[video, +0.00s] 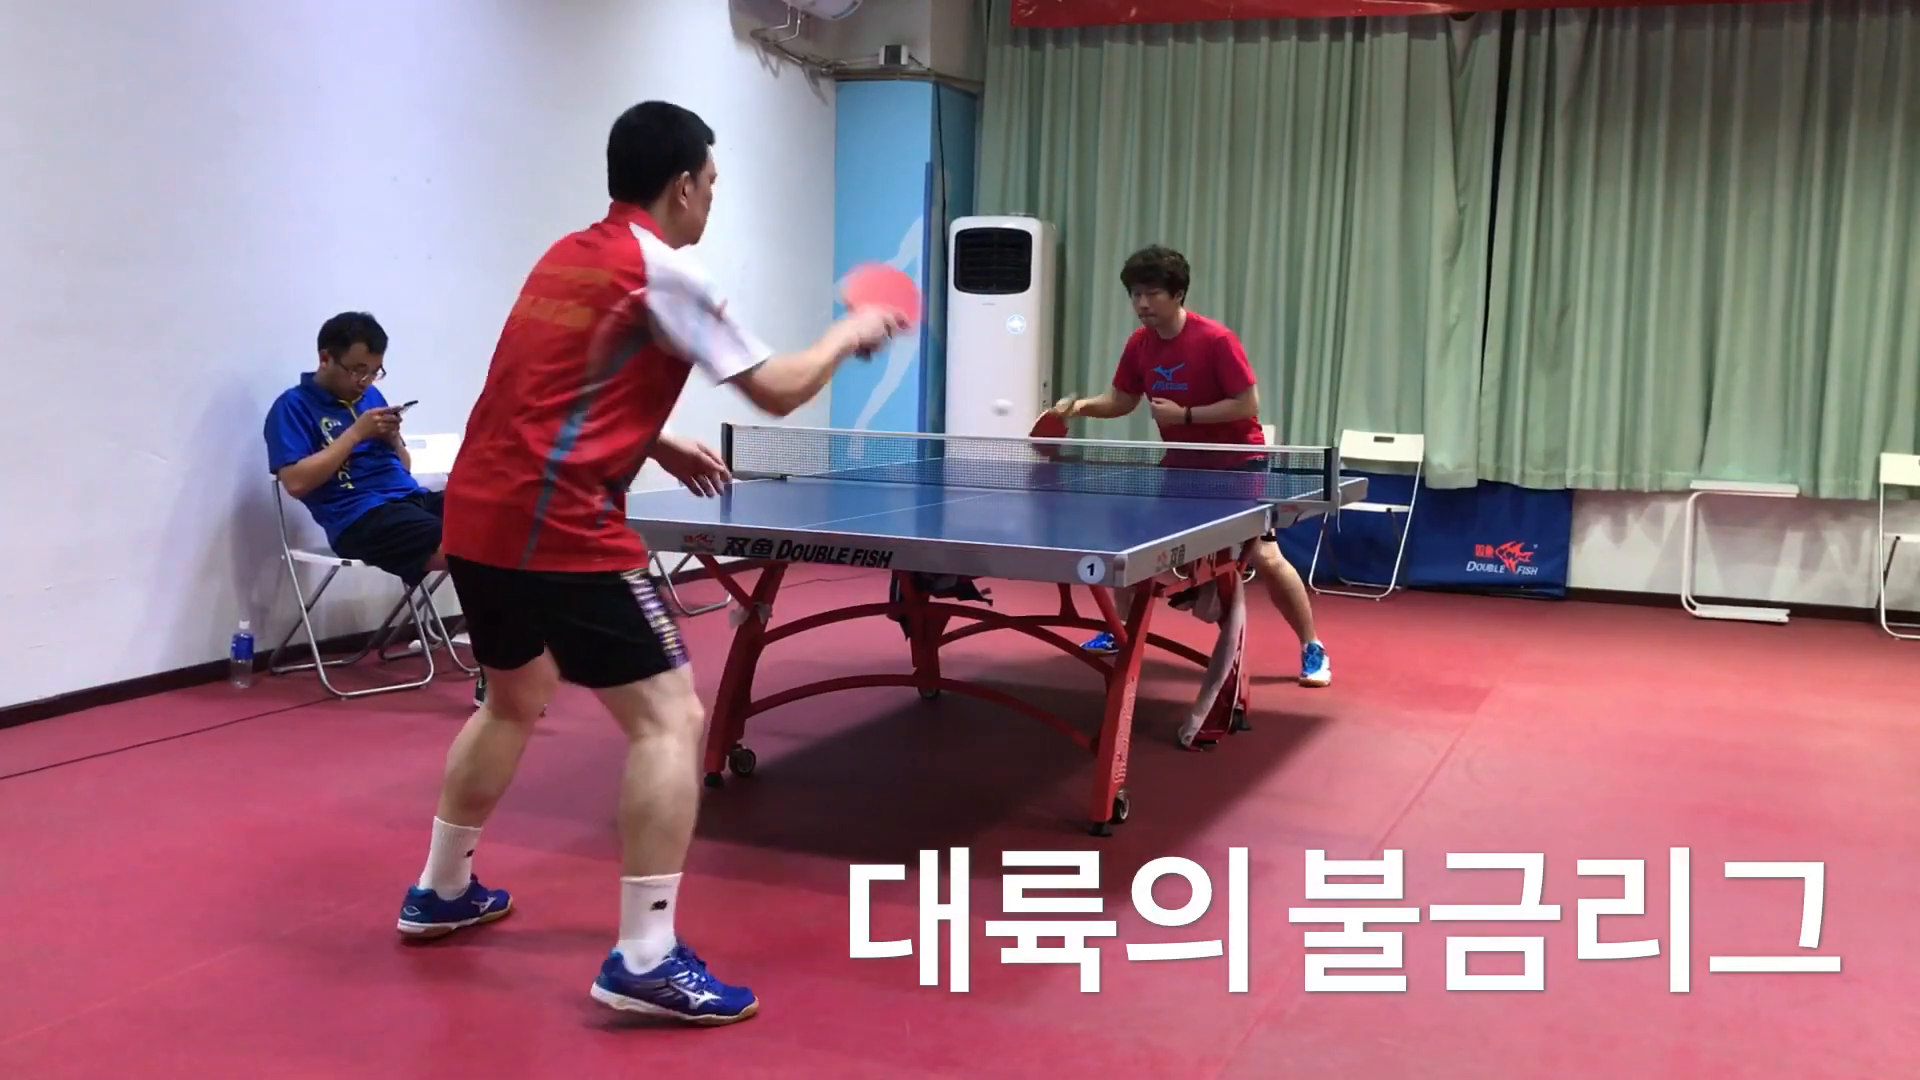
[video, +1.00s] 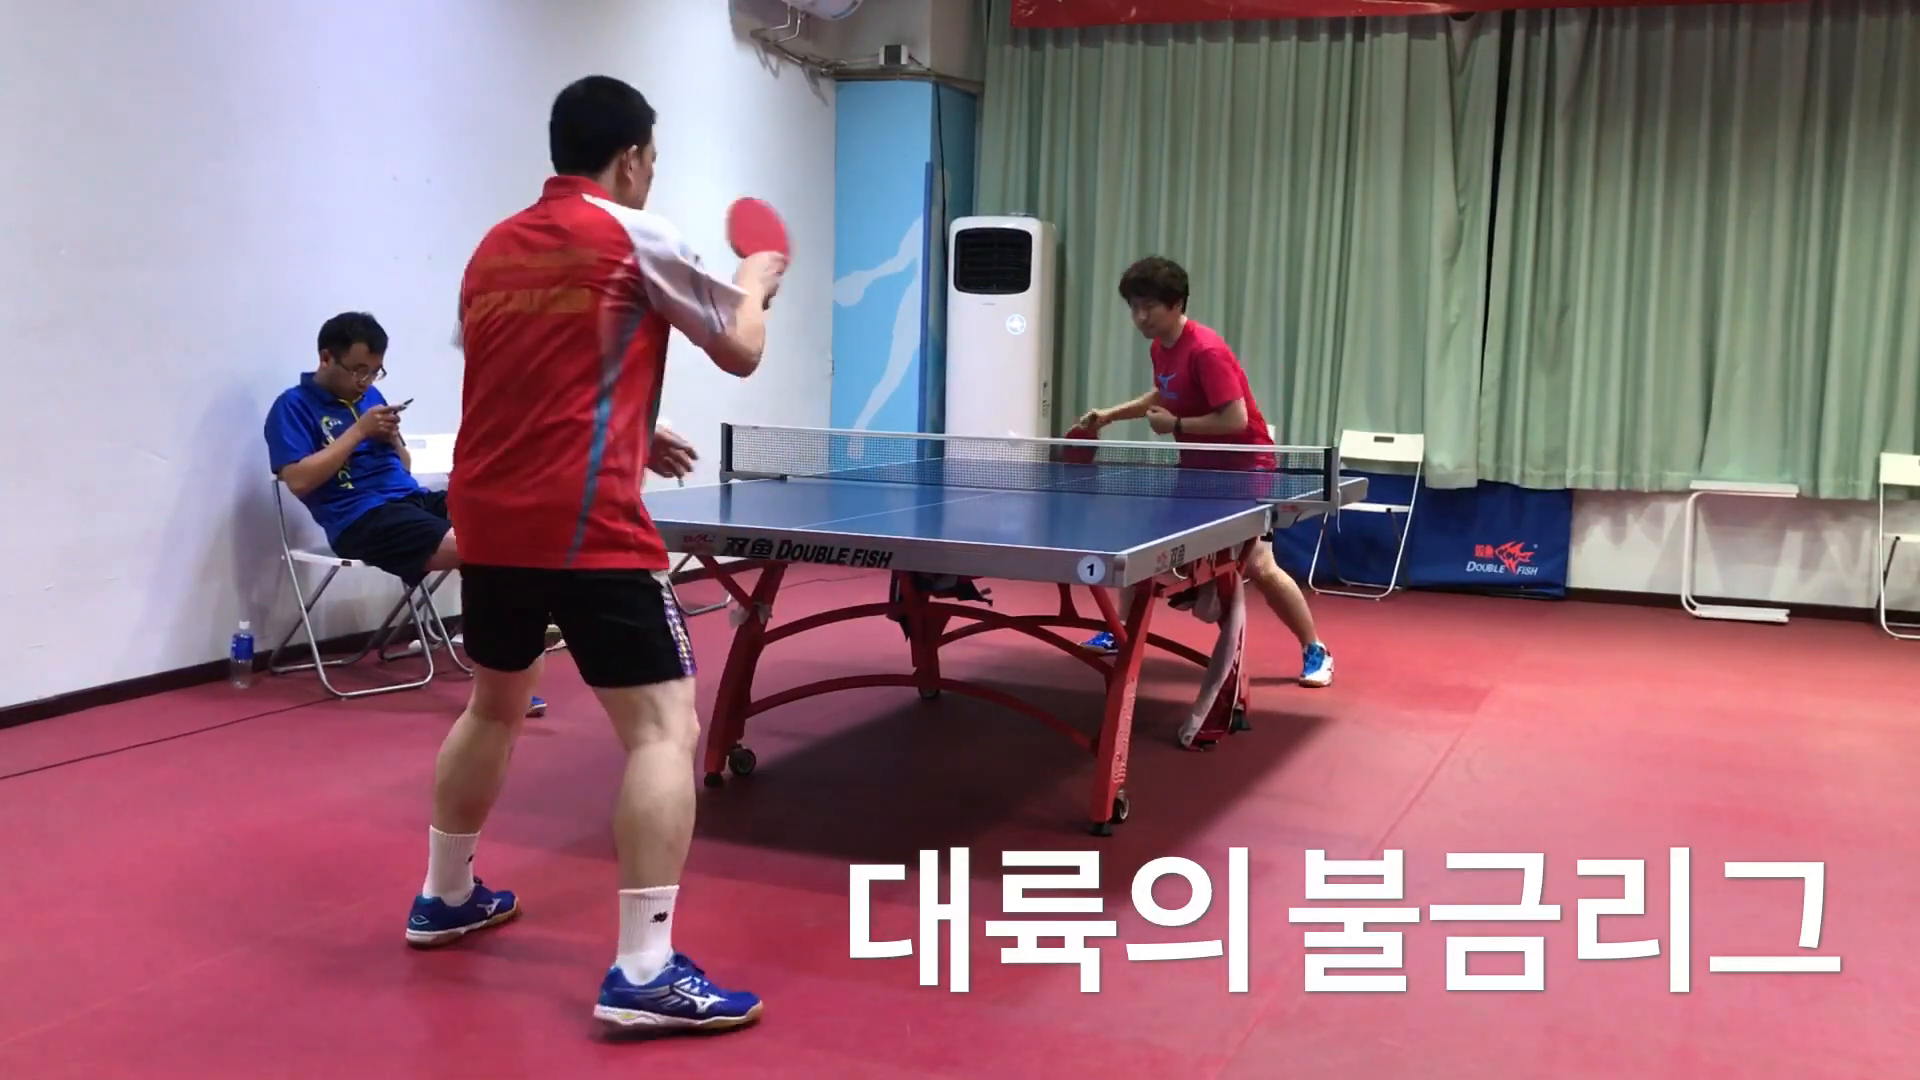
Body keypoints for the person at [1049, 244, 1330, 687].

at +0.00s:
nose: (1141, 303)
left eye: (1151, 293)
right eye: (1135, 294)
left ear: (1178, 294)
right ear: (1131, 297)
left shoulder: (1216, 340)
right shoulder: (1140, 344)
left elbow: (1248, 405)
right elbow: (1123, 400)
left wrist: (1185, 414)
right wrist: (1082, 405)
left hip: (1239, 468)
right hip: (1182, 469)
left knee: (1266, 556)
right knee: (1139, 542)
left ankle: (1312, 646)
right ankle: (1124, 631)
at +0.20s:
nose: (1139, 329)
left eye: (1144, 320)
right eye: (1135, 321)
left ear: (1172, 312)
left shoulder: (1207, 360)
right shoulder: (1170, 351)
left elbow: (1234, 430)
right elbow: (1182, 396)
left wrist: (1178, 432)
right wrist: (1127, 400)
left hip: (1248, 475)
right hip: (1203, 472)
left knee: (1260, 572)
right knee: (1144, 542)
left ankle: (1312, 649)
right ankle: (1125, 633)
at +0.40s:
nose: (1166, 320)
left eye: (1172, 311)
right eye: (1162, 312)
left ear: (1201, 304)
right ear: (1177, 311)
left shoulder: (1243, 350)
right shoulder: (1184, 346)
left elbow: (1264, 426)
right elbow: (1157, 395)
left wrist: (1201, 426)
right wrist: (1122, 374)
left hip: (1264, 477)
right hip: (1215, 472)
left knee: (1271, 571)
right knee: (1155, 543)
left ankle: (1313, 651)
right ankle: (1126, 633)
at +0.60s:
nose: (1186, 307)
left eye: (1195, 297)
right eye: (1179, 298)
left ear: (1222, 295)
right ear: (1173, 299)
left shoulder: (1264, 344)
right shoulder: (1174, 344)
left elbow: (1291, 410)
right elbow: (1134, 405)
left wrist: (1227, 419)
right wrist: (1131, 379)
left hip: (1264, 470)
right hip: (1205, 469)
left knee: (1284, 558)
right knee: (1150, 540)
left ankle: (1317, 650)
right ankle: (1124, 636)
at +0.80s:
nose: (1165, 303)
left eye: (1175, 294)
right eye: (1159, 295)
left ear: (1201, 294)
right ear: (1154, 297)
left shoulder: (1240, 344)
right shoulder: (1155, 346)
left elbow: (1268, 409)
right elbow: (1131, 408)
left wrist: (1207, 420)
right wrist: (1110, 397)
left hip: (1247, 475)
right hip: (1188, 473)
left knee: (1273, 559)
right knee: (1136, 543)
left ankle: (1315, 649)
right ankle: (1123, 634)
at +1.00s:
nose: (1139, 317)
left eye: (1146, 307)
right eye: (1134, 308)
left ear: (1175, 303)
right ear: (1134, 308)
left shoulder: (1208, 351)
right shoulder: (1160, 349)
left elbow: (1235, 420)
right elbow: (1167, 396)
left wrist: (1177, 425)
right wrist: (1110, 415)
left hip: (1246, 471)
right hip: (1198, 469)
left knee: (1259, 565)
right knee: (1147, 542)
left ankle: (1314, 649)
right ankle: (1126, 632)